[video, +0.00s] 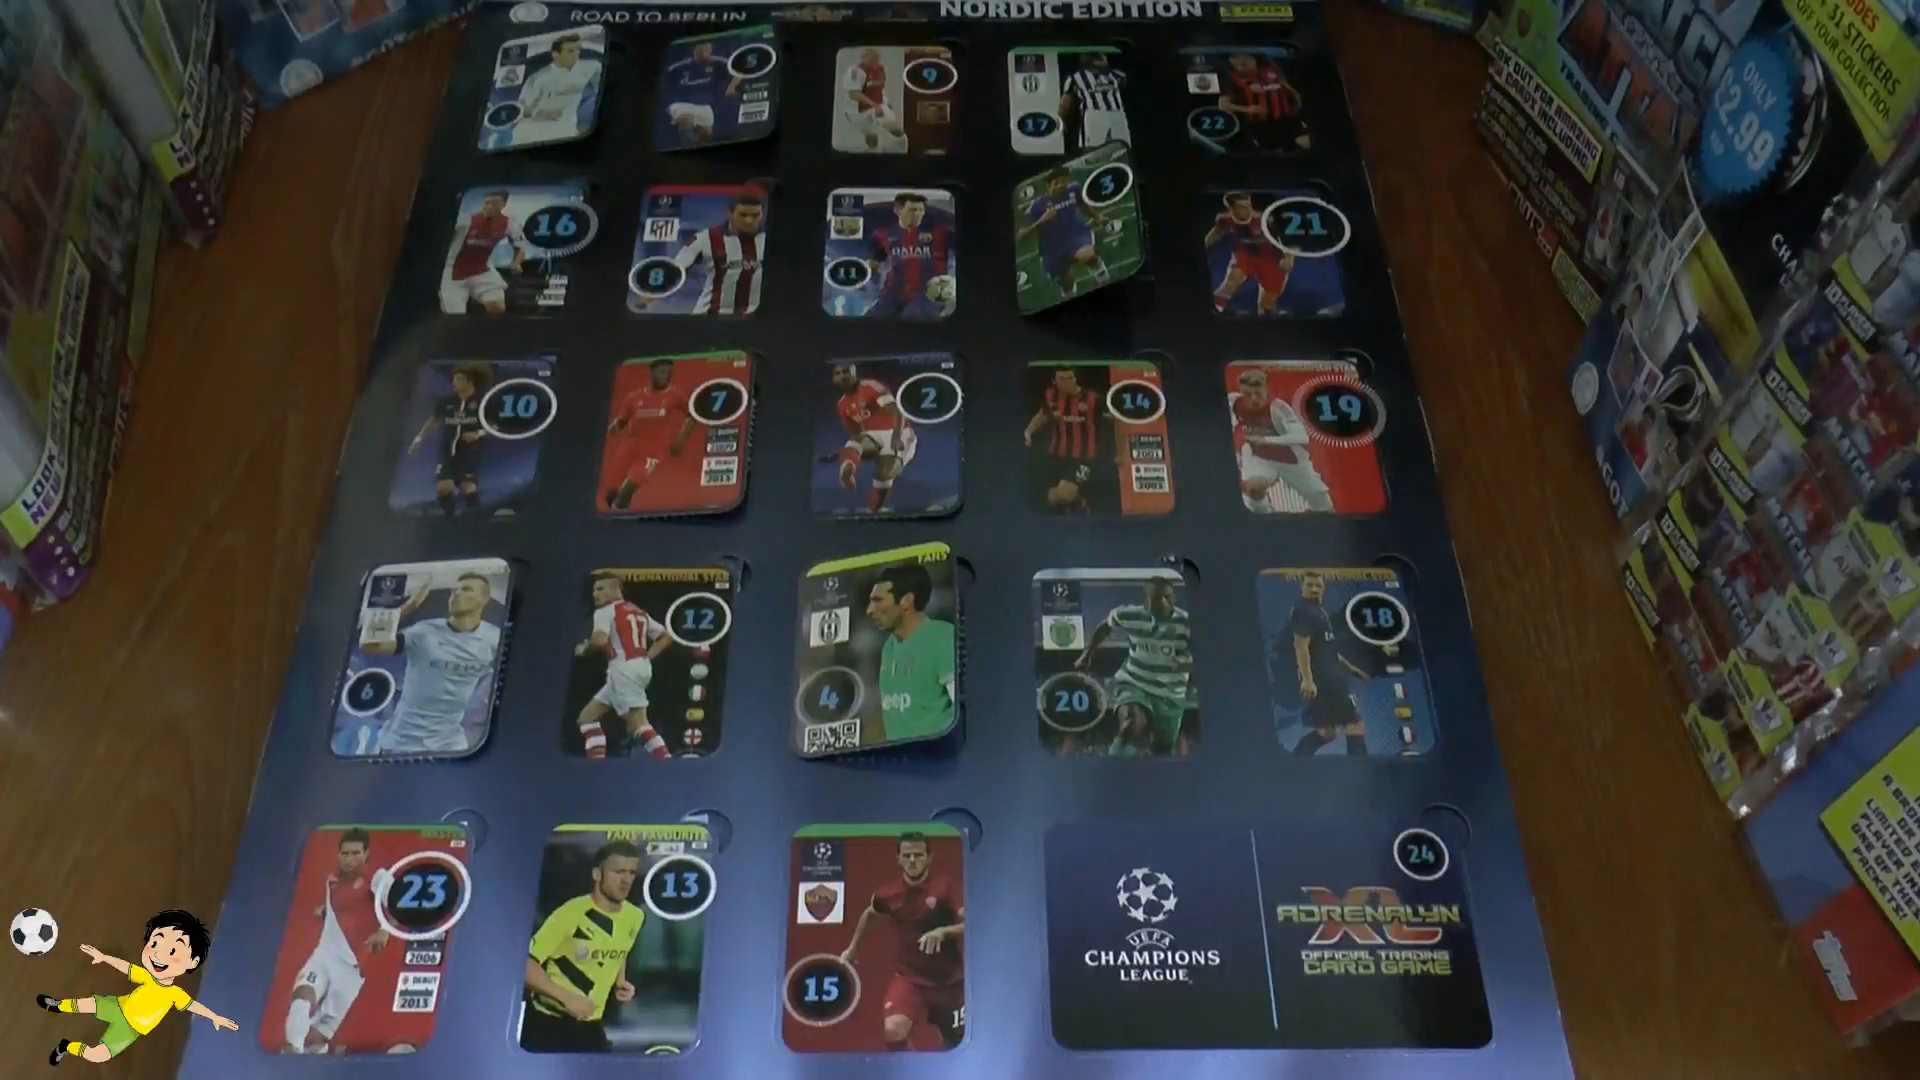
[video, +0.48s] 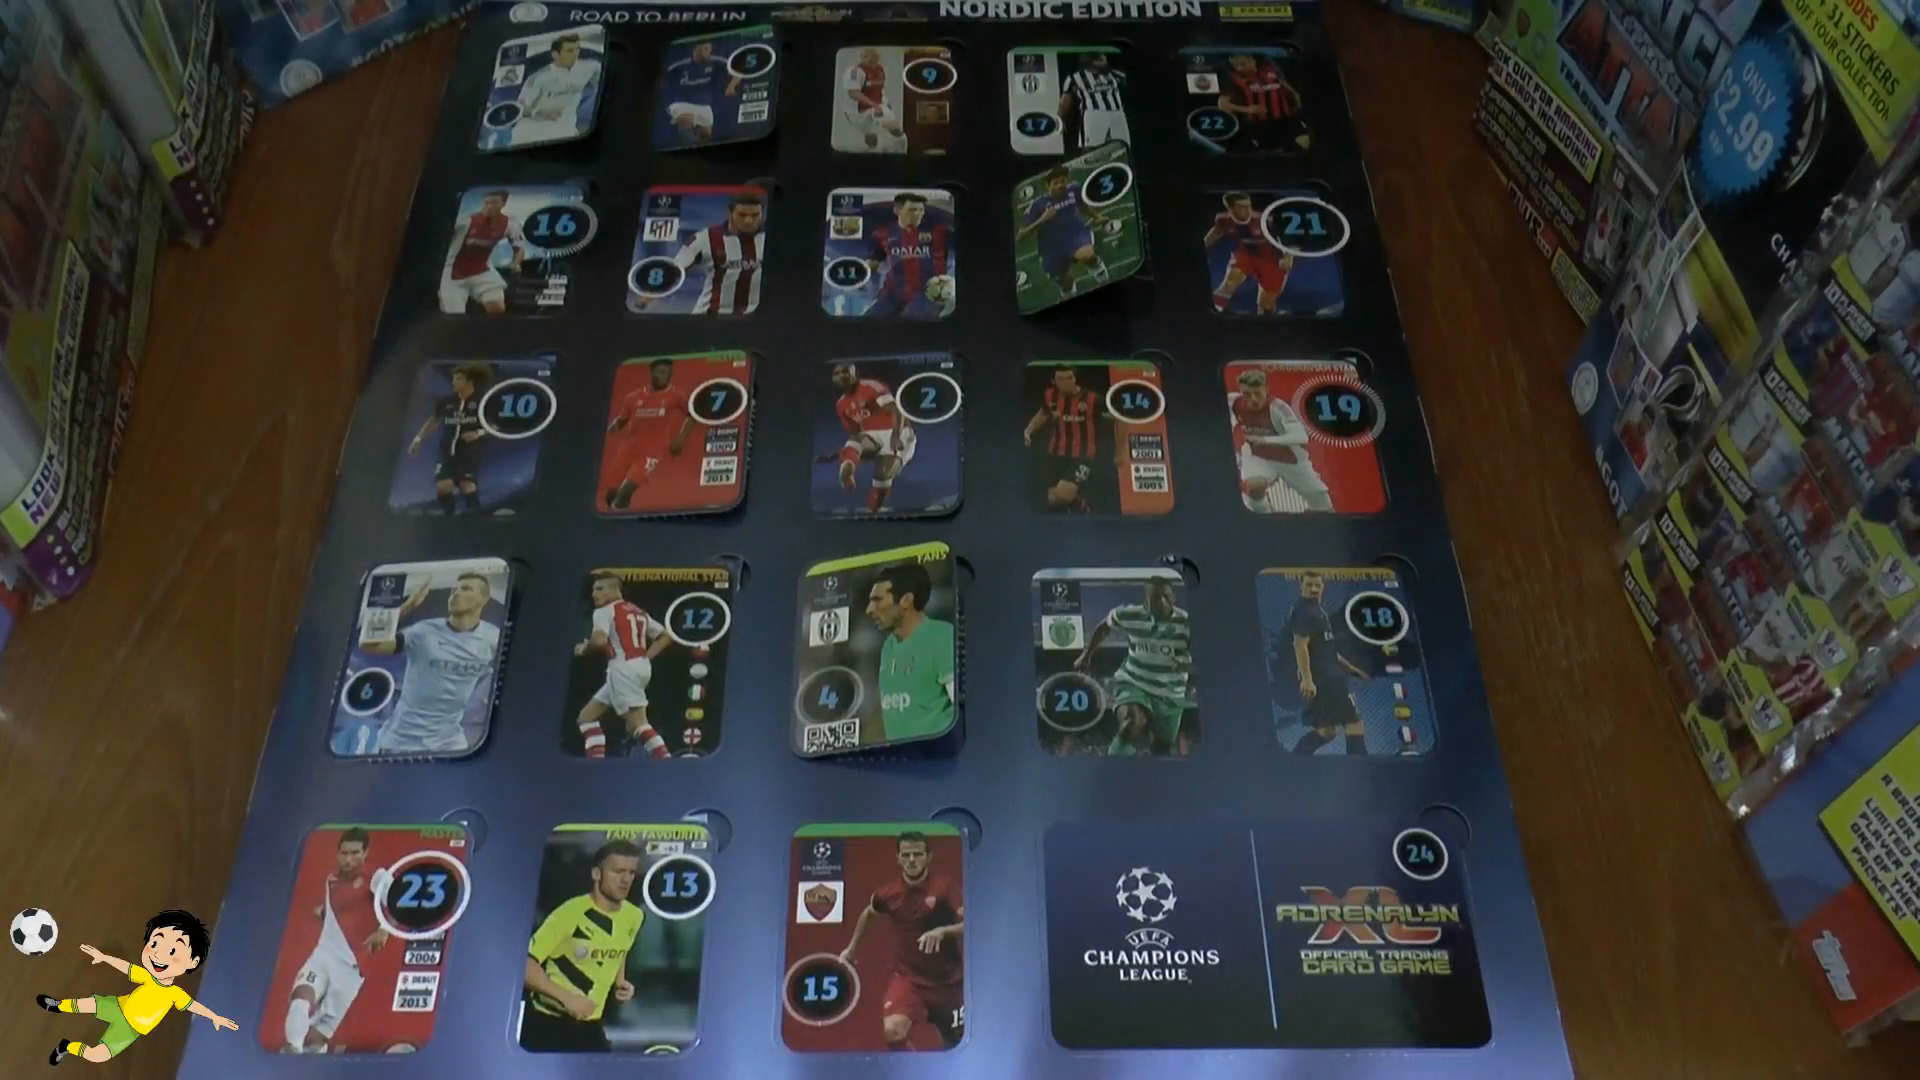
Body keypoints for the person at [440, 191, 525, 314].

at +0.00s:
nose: (489, 207)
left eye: (494, 203)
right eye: (487, 203)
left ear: (503, 205)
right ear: (483, 204)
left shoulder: (507, 224)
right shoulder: (468, 221)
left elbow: (521, 247)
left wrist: (516, 263)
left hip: (481, 270)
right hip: (455, 272)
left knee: (497, 308)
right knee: (455, 320)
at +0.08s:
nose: (489, 207)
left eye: (494, 203)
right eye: (487, 203)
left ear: (503, 205)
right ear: (483, 204)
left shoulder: (507, 224)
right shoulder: (469, 221)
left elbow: (521, 247)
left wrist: (516, 263)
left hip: (482, 271)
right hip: (454, 273)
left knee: (497, 309)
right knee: (455, 321)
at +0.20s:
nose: (489, 207)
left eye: (494, 203)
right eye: (487, 203)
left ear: (502, 205)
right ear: (483, 204)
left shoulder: (508, 225)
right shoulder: (468, 221)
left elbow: (520, 248)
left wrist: (516, 263)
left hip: (482, 271)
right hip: (455, 273)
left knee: (497, 310)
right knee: (455, 321)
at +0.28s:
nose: (489, 207)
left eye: (494, 203)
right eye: (487, 203)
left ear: (502, 205)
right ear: (483, 204)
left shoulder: (508, 225)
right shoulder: (468, 221)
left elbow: (520, 247)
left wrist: (516, 263)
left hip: (482, 271)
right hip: (455, 272)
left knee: (497, 310)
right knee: (455, 320)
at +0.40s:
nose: (489, 207)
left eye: (494, 203)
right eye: (487, 203)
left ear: (502, 205)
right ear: (483, 204)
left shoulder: (508, 225)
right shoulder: (468, 221)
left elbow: (520, 247)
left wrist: (516, 263)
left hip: (482, 271)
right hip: (455, 273)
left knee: (496, 309)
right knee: (454, 320)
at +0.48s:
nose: (489, 207)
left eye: (494, 203)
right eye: (487, 203)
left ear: (502, 205)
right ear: (483, 204)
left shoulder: (508, 224)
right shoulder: (468, 221)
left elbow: (519, 247)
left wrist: (516, 262)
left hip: (481, 270)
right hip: (455, 272)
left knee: (496, 309)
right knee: (454, 320)